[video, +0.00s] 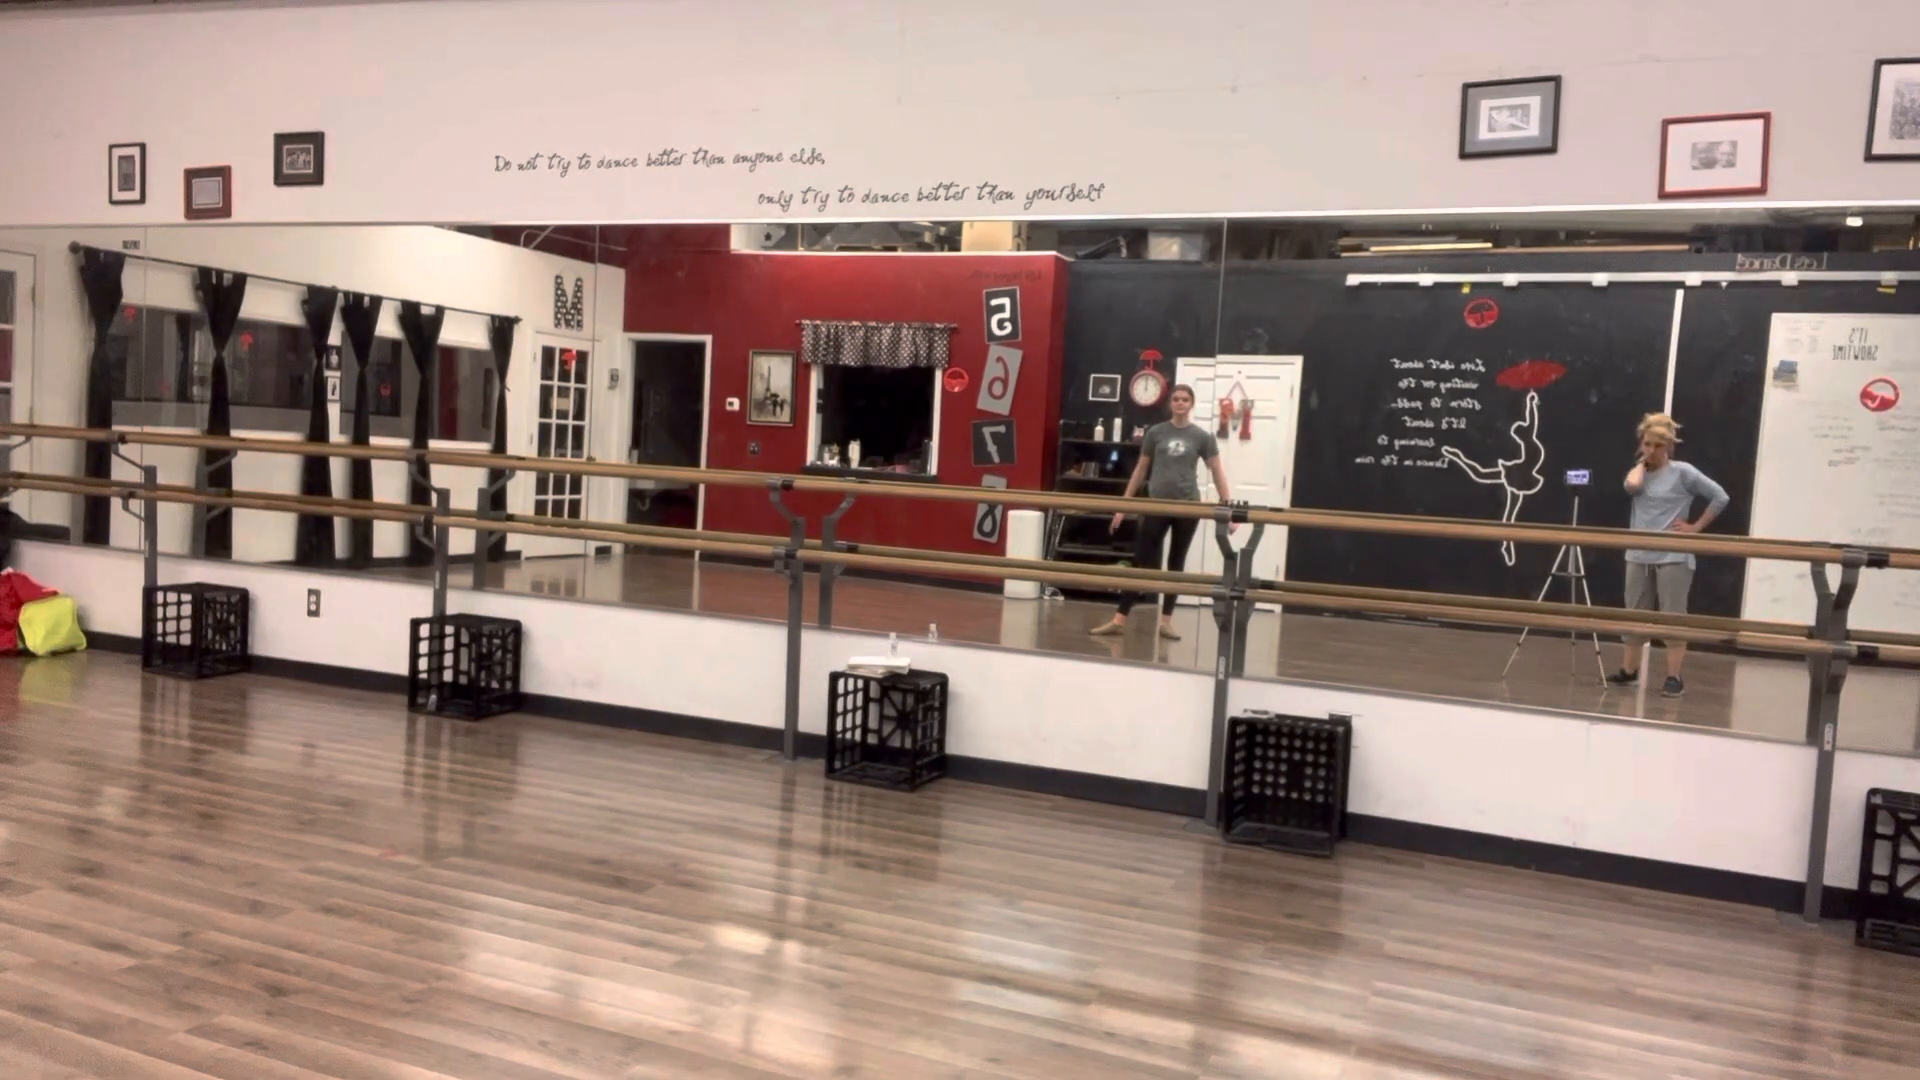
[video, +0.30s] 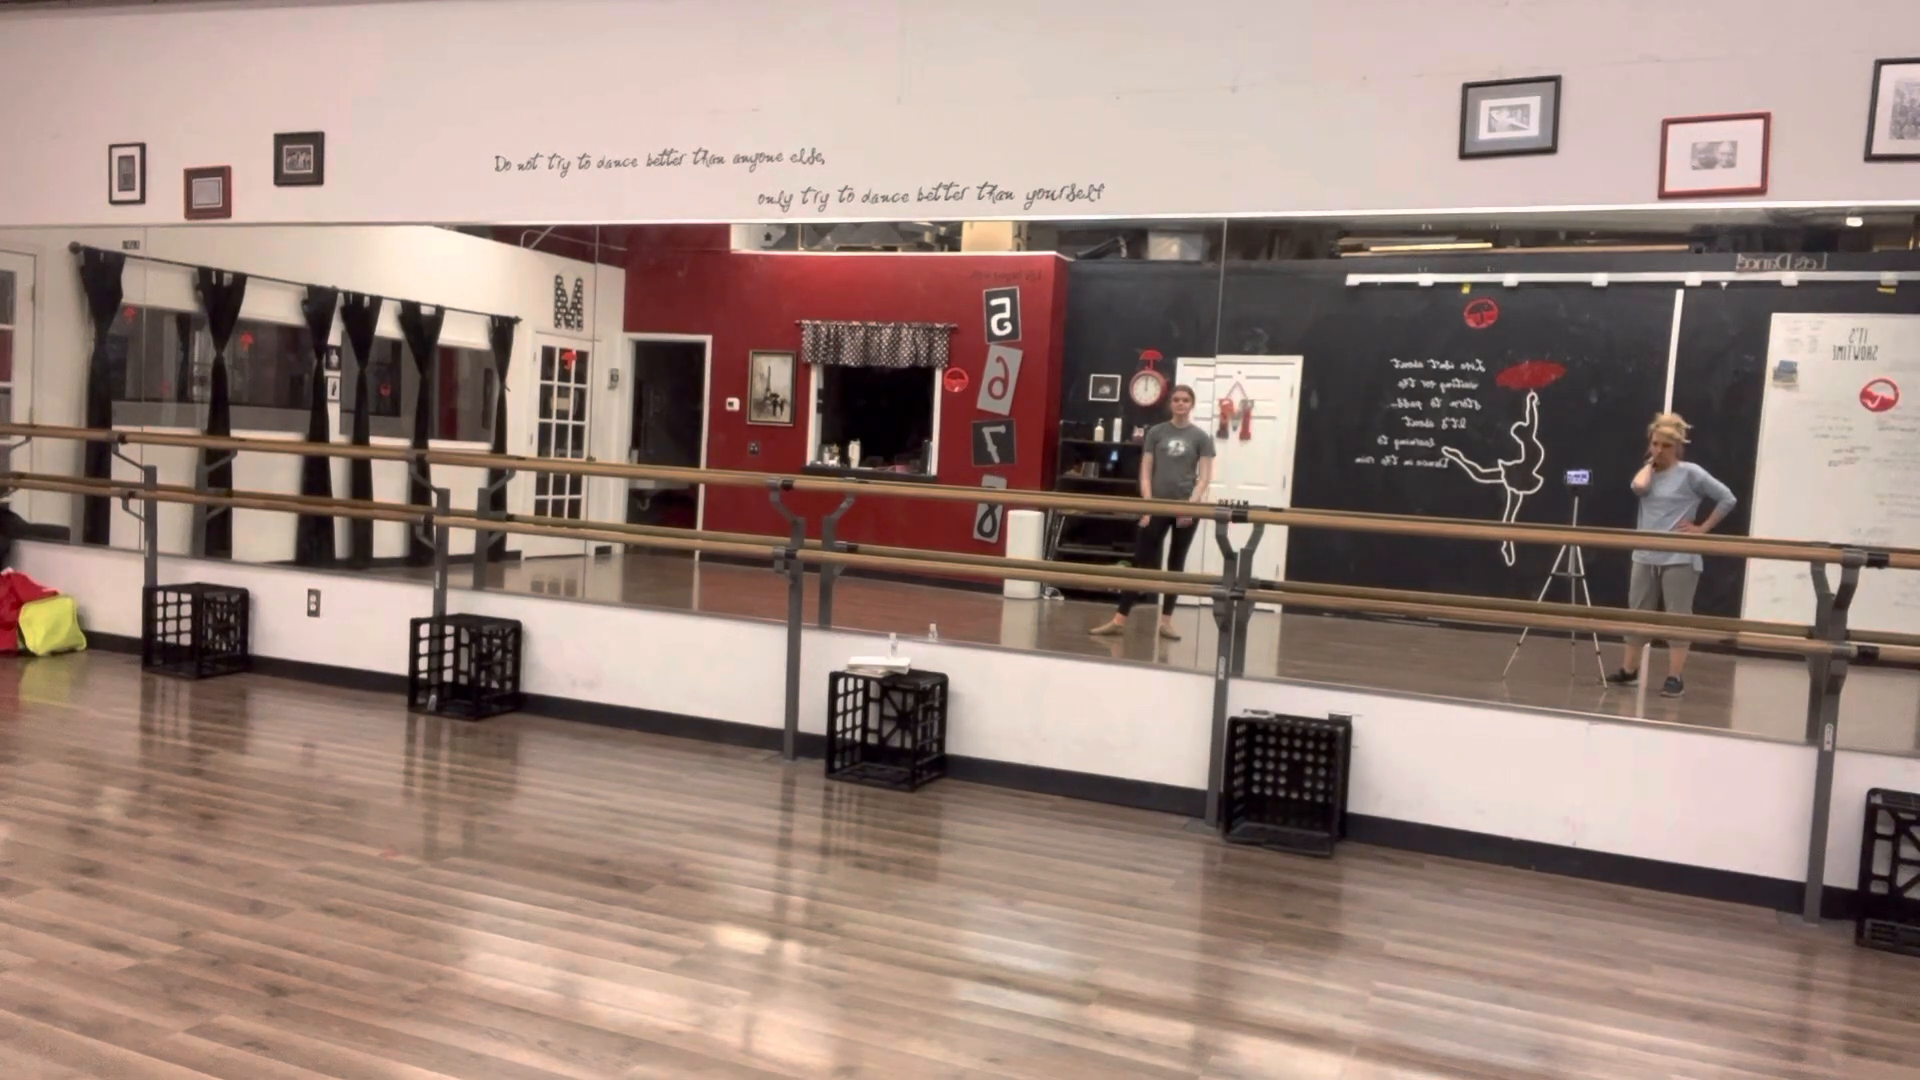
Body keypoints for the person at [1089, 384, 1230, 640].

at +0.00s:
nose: (1180, 403)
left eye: (1185, 400)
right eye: (1176, 399)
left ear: (1192, 405)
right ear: (1170, 403)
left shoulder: (1202, 436)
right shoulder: (1155, 433)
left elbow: (1217, 473)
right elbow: (1140, 471)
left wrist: (1227, 507)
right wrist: (1123, 507)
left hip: (1187, 509)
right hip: (1156, 506)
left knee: (1176, 563)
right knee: (1141, 559)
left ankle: (1165, 620)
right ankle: (1120, 618)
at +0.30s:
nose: (1180, 404)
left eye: (1185, 400)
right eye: (1176, 400)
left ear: (1192, 405)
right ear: (1170, 403)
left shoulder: (1202, 438)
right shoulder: (1155, 432)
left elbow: (1204, 478)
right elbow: (1145, 472)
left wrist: (1191, 507)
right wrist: (1148, 507)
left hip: (1185, 509)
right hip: (1157, 506)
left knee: (1176, 564)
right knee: (1141, 560)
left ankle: (1166, 620)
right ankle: (1120, 617)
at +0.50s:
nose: (1180, 404)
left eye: (1185, 400)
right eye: (1176, 400)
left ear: (1192, 405)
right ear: (1170, 403)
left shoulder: (1201, 438)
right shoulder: (1155, 432)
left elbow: (1202, 477)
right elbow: (1146, 471)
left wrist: (1177, 503)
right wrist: (1160, 501)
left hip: (1186, 506)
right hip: (1157, 503)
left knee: (1176, 562)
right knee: (1142, 558)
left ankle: (1166, 619)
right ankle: (1120, 617)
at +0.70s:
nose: (1179, 404)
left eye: (1184, 400)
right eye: (1175, 400)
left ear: (1191, 405)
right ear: (1169, 403)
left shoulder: (1201, 438)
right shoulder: (1154, 432)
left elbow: (1206, 479)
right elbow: (1144, 471)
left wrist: (1201, 513)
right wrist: (1144, 507)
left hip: (1184, 509)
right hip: (1155, 507)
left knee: (1175, 566)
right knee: (1141, 561)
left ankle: (1166, 619)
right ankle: (1120, 617)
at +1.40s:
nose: (1177, 404)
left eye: (1182, 400)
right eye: (1174, 400)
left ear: (1190, 404)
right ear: (1168, 403)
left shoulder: (1201, 437)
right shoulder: (1153, 432)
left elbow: (1206, 478)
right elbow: (1142, 471)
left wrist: (1204, 514)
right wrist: (1136, 507)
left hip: (1185, 510)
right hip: (1154, 507)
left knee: (1175, 565)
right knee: (1141, 561)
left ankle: (1165, 619)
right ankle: (1120, 617)